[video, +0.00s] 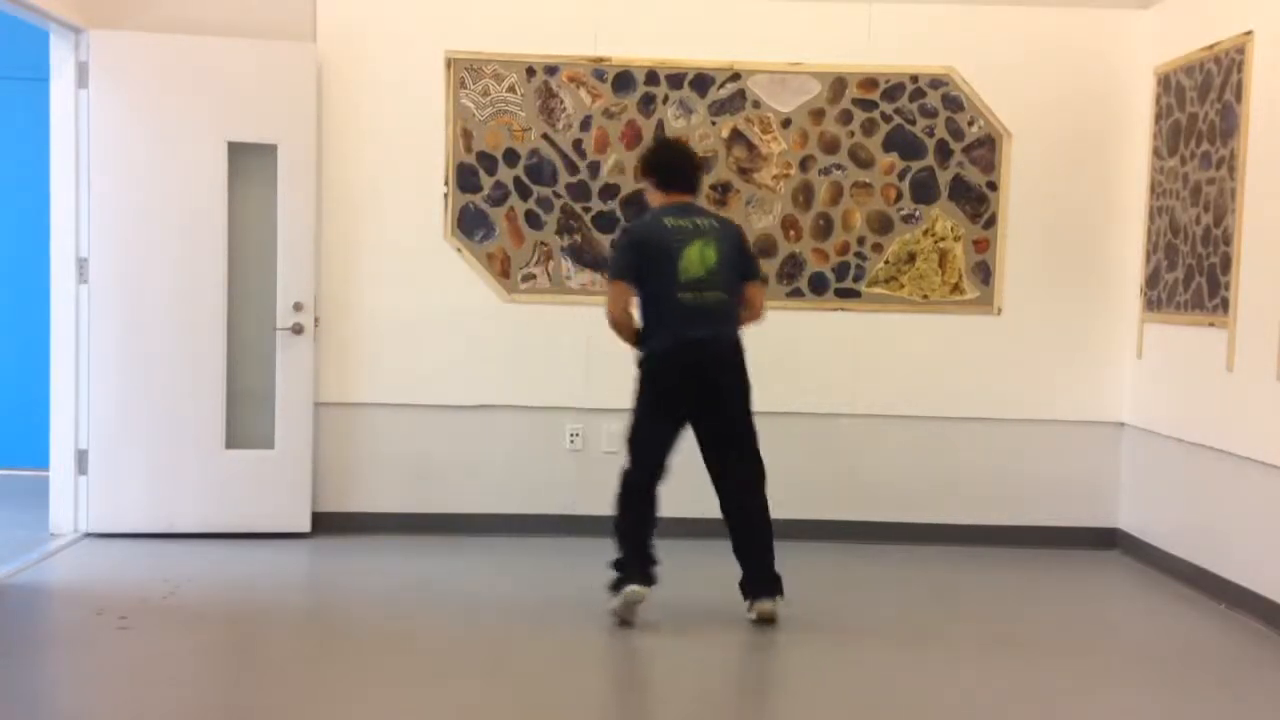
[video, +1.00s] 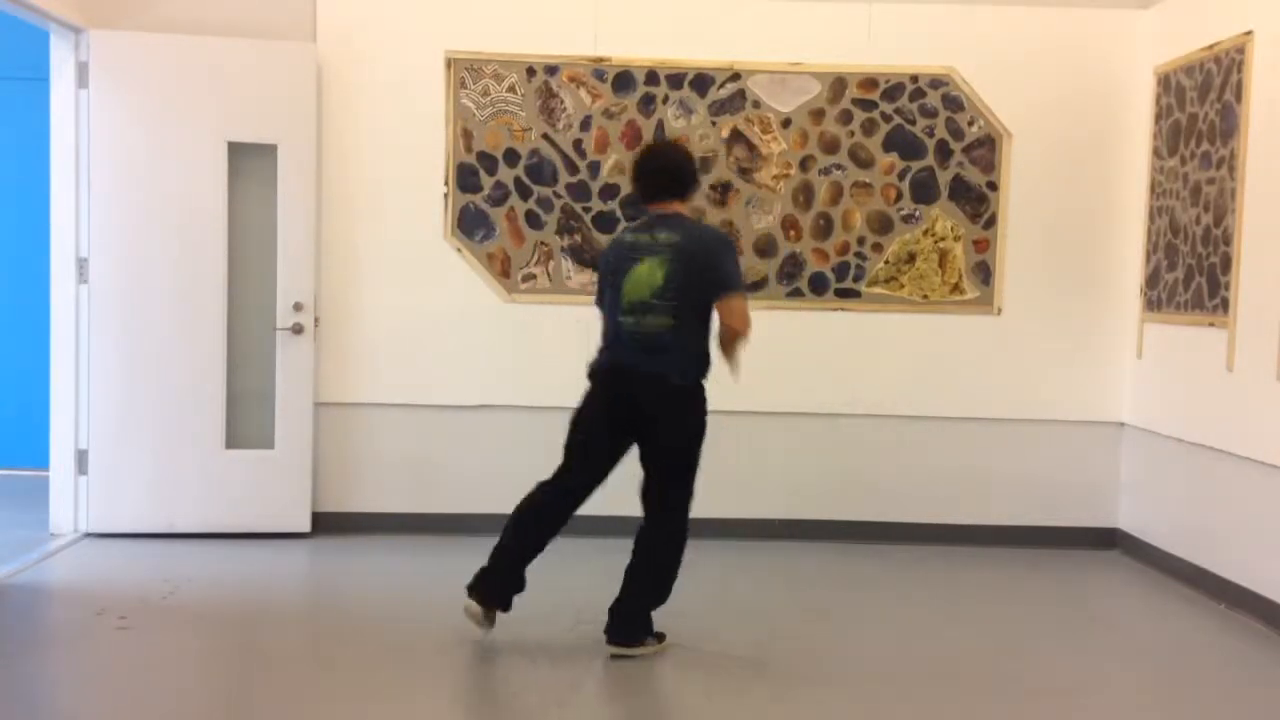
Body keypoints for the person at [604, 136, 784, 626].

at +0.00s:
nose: (643, 189)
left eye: (643, 182)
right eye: (646, 182)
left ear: (650, 183)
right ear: (695, 181)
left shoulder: (638, 234)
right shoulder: (727, 229)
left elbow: (618, 314)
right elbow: (754, 306)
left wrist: (644, 342)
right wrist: (710, 322)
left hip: (666, 368)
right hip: (723, 366)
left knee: (642, 472)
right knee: (740, 473)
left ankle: (635, 575)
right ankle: (762, 588)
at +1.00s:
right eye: (689, 183)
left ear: (639, 190)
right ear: (690, 187)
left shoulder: (620, 246)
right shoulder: (711, 243)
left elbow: (612, 316)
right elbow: (736, 324)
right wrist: (728, 344)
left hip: (613, 390)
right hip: (675, 398)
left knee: (567, 486)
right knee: (666, 514)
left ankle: (491, 587)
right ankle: (629, 627)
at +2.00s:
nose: (595, 155)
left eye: (599, 144)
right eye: (596, 144)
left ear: (622, 150)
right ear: (663, 150)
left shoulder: (621, 221)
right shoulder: (709, 215)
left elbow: (607, 323)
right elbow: (740, 316)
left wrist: (581, 402)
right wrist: (725, 394)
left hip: (649, 398)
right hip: (708, 395)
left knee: (649, 544)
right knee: (666, 535)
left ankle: (684, 688)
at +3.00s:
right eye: (898, 173)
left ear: (832, 182)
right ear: (898, 180)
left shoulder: (802, 256)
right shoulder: (928, 248)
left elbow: (749, 347)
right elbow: (977, 351)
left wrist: (703, 424)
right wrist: (1014, 423)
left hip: (834, 442)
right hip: (909, 438)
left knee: (880, 575)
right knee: (955, 583)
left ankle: (894, 697)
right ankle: (890, 698)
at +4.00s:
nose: (517, 195)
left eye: (518, 187)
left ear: (522, 190)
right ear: (586, 188)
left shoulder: (500, 256)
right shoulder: (628, 263)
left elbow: (469, 353)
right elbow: (618, 355)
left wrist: (459, 411)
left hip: (510, 434)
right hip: (592, 437)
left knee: (464, 567)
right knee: (595, 577)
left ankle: (426, 704)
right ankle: (652, 697)